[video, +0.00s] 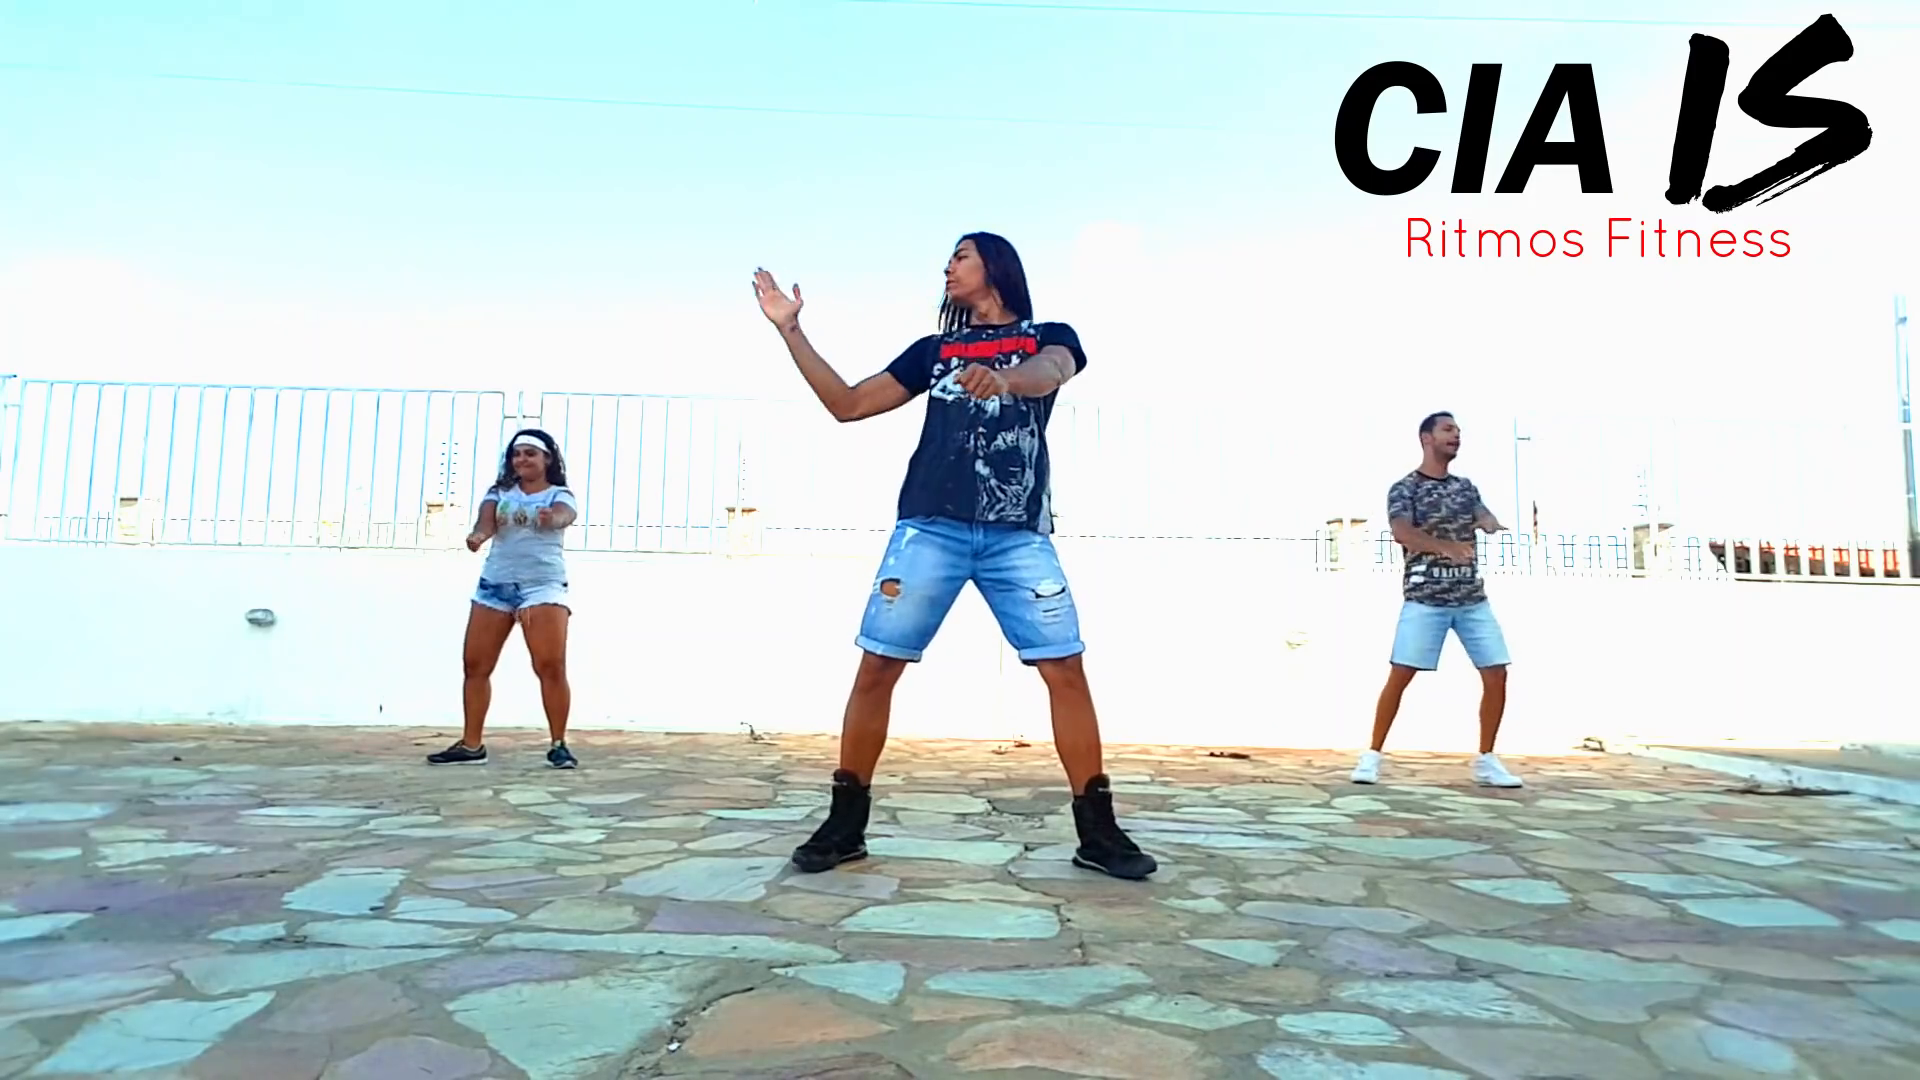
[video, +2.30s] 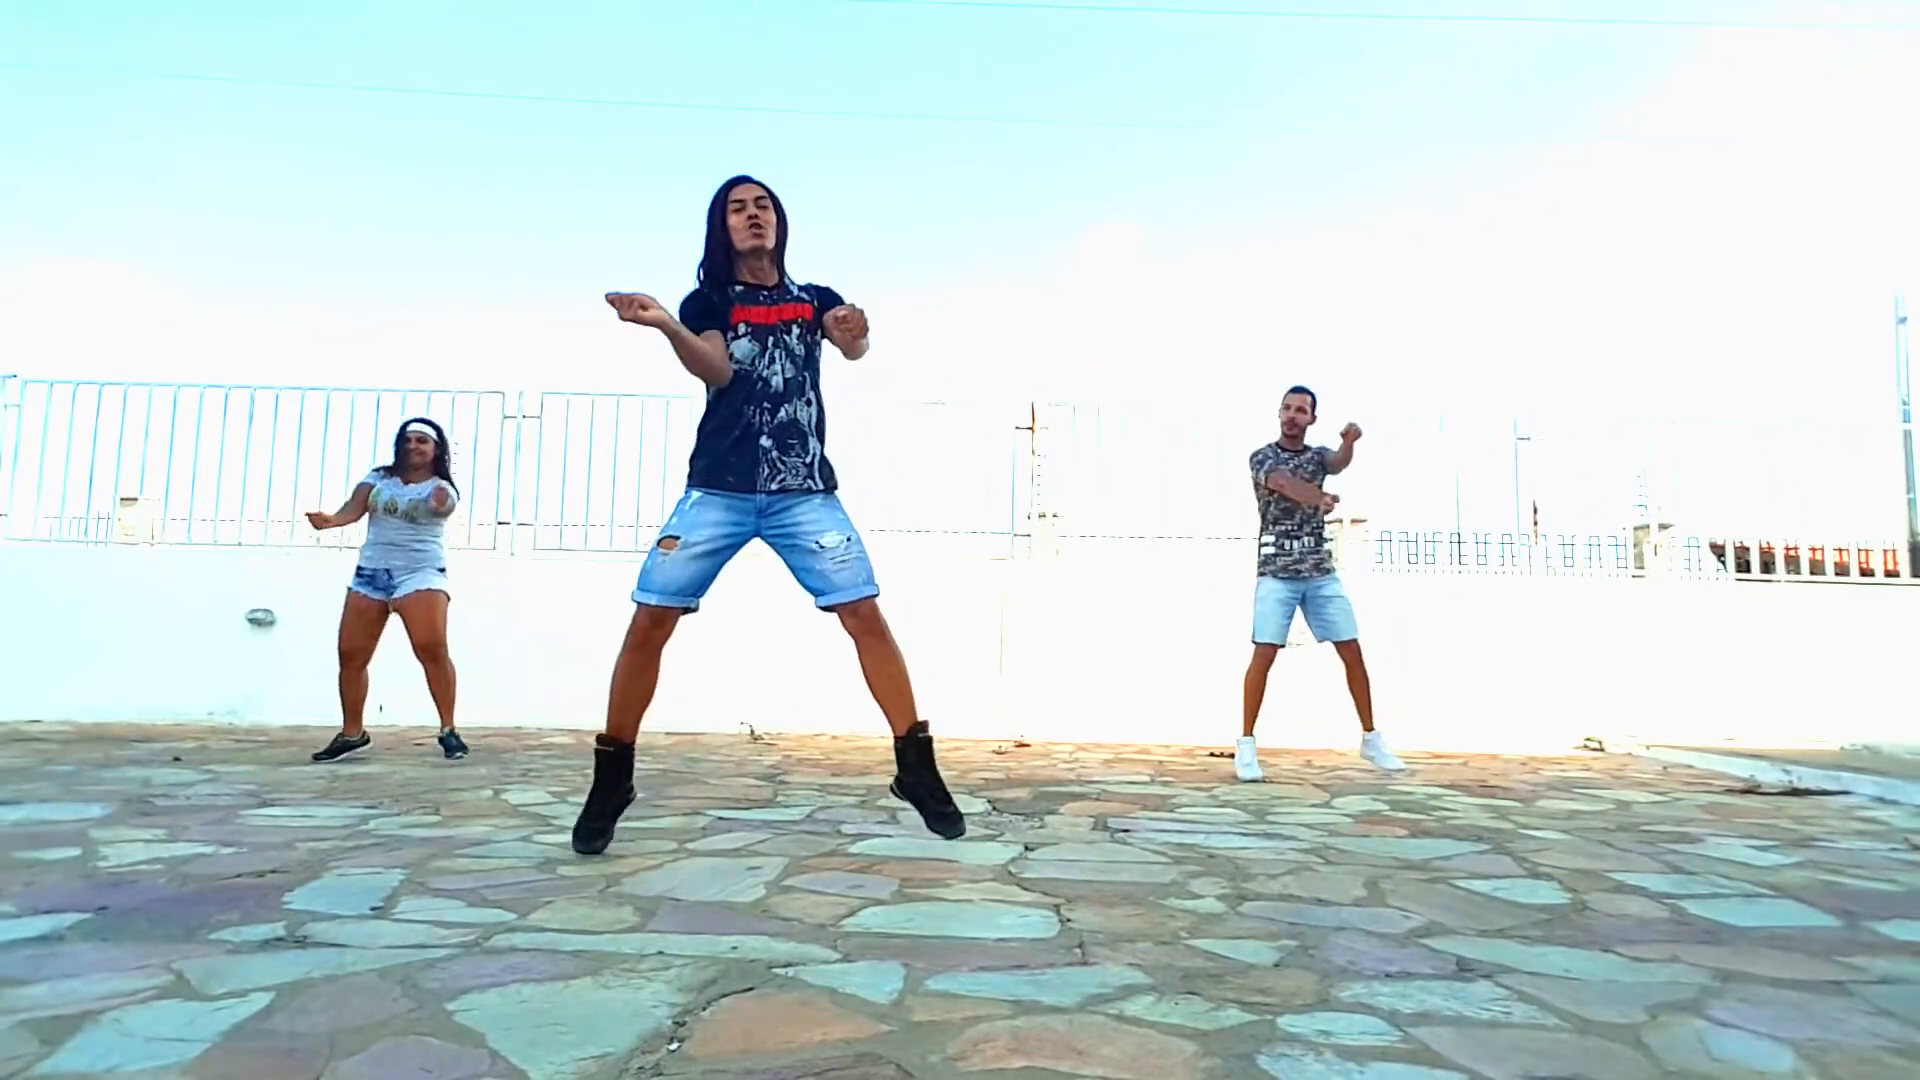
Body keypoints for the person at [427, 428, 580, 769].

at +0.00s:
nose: (522, 458)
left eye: (530, 452)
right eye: (517, 453)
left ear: (548, 459)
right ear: (511, 460)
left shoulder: (561, 494)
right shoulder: (498, 493)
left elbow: (563, 515)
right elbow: (486, 520)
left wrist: (549, 519)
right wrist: (479, 534)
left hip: (542, 585)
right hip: (495, 584)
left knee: (550, 666)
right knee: (475, 665)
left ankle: (558, 744)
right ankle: (471, 743)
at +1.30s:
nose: (528, 457)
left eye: (535, 453)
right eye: (521, 453)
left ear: (543, 463)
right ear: (509, 462)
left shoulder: (553, 499)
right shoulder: (492, 503)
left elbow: (565, 521)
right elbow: (468, 543)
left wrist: (563, 527)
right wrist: (441, 564)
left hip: (540, 593)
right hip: (490, 592)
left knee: (550, 671)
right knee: (461, 666)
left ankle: (557, 744)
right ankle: (469, 744)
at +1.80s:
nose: (489, 446)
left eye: (497, 440)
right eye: (483, 439)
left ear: (508, 448)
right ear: (472, 445)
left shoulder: (512, 483)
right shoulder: (449, 481)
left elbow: (520, 499)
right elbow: (433, 510)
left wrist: (517, 506)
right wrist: (426, 526)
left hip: (501, 570)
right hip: (453, 569)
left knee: (523, 648)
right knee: (434, 655)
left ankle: (544, 724)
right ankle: (438, 730)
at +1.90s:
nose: (468, 435)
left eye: (476, 430)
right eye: (462, 430)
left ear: (491, 436)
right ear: (454, 438)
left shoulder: (505, 467)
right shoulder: (442, 472)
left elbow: (507, 482)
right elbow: (422, 505)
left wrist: (502, 488)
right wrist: (390, 522)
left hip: (487, 565)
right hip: (437, 564)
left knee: (497, 643)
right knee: (419, 646)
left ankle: (507, 725)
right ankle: (419, 723)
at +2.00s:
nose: (453, 439)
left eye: (461, 434)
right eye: (446, 434)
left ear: (477, 441)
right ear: (439, 443)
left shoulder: (491, 472)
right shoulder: (428, 481)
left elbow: (493, 485)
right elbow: (414, 516)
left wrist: (483, 490)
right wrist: (389, 530)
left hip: (474, 570)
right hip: (425, 567)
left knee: (475, 656)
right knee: (399, 648)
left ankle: (477, 738)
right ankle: (383, 724)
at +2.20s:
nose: (429, 461)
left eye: (438, 456)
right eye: (423, 456)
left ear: (452, 466)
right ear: (414, 464)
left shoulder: (457, 500)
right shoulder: (393, 494)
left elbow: (456, 525)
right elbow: (375, 523)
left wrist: (453, 516)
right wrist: (372, 539)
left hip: (439, 584)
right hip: (391, 586)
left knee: (449, 659)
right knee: (356, 663)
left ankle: (473, 740)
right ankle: (358, 742)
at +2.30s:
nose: (414, 444)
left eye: (423, 440)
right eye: (409, 439)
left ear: (437, 451)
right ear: (400, 447)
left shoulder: (440, 486)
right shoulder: (378, 478)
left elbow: (441, 505)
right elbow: (355, 507)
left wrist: (439, 505)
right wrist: (331, 520)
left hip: (419, 572)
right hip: (372, 570)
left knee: (432, 650)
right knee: (351, 654)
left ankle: (448, 731)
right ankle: (352, 733)